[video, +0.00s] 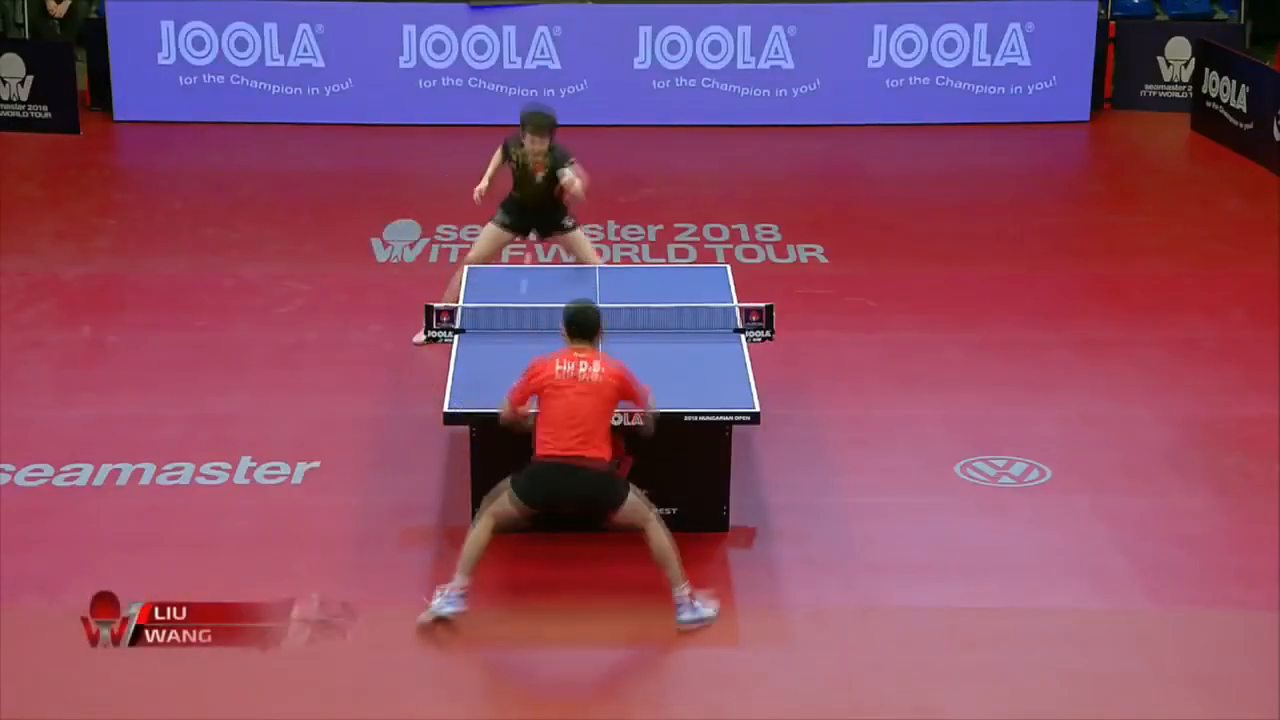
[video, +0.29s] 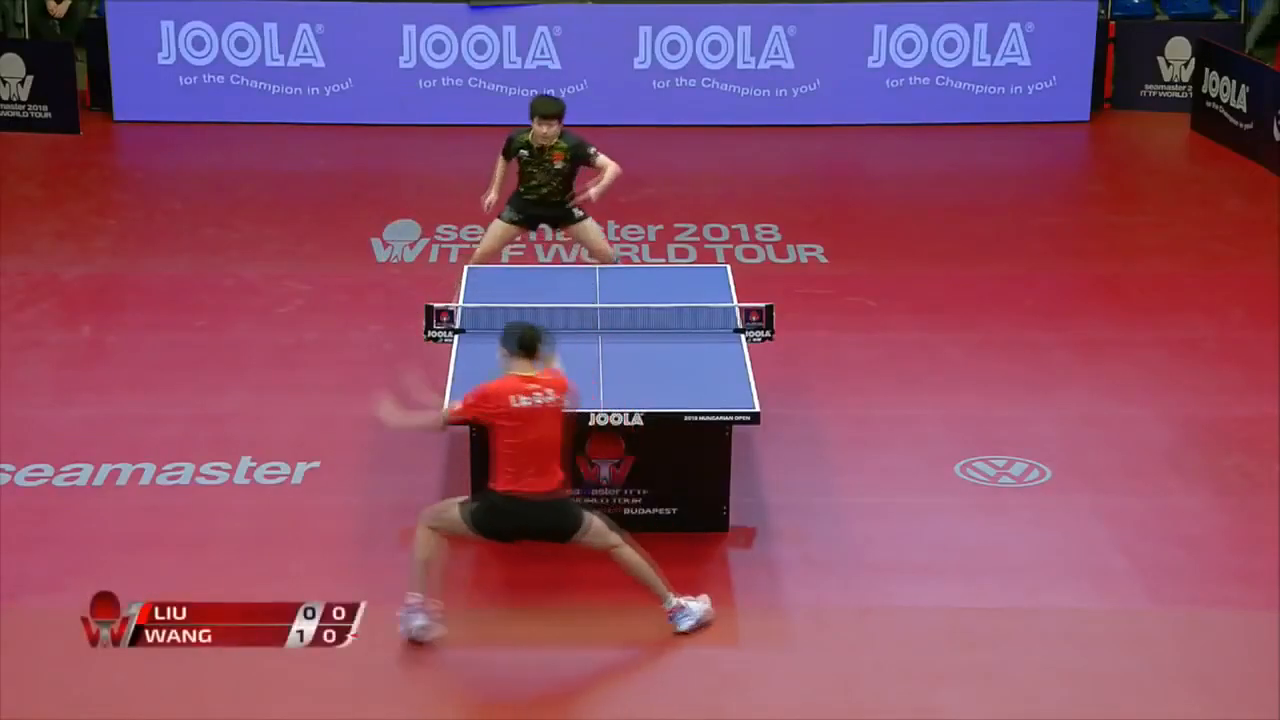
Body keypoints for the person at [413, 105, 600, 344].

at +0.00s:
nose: (536, 145)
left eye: (541, 140)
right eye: (532, 139)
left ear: (550, 138)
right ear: (523, 135)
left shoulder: (558, 155)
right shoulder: (512, 146)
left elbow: (575, 183)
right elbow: (501, 154)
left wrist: (574, 186)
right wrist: (485, 181)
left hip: (553, 214)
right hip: (516, 211)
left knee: (594, 264)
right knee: (473, 260)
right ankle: (437, 322)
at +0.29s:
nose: (545, 131)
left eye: (551, 125)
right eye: (540, 125)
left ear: (560, 125)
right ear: (532, 122)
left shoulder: (572, 145)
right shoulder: (518, 141)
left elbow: (613, 168)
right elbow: (504, 159)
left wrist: (598, 189)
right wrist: (494, 191)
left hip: (563, 208)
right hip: (524, 207)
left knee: (606, 254)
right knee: (480, 255)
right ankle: (461, 306)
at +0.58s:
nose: (535, 170)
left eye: (541, 165)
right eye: (531, 163)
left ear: (550, 163)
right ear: (524, 159)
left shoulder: (563, 178)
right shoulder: (514, 170)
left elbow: (591, 209)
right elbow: (485, 196)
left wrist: (565, 226)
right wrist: (504, 198)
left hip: (557, 232)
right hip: (519, 229)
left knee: (601, 265)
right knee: (470, 258)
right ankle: (452, 309)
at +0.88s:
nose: (507, 125)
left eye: (512, 119)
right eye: (502, 119)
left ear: (520, 119)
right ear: (493, 117)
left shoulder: (531, 140)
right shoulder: (478, 138)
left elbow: (569, 165)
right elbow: (458, 153)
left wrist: (565, 178)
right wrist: (444, 184)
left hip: (527, 209)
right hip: (489, 209)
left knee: (569, 259)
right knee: (456, 261)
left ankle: (589, 319)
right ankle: (433, 318)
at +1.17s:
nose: (542, 149)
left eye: (545, 143)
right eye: (536, 143)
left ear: (549, 142)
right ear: (520, 139)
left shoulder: (551, 161)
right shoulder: (492, 161)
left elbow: (574, 184)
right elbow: (476, 192)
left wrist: (572, 204)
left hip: (538, 221)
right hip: (501, 223)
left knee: (576, 266)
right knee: (461, 270)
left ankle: (593, 324)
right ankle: (430, 319)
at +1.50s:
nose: (567, 165)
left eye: (570, 160)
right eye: (561, 160)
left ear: (575, 157)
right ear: (547, 156)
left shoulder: (582, 170)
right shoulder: (529, 177)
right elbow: (503, 212)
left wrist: (605, 171)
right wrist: (514, 222)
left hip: (573, 239)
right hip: (536, 240)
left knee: (622, 267)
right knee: (488, 264)